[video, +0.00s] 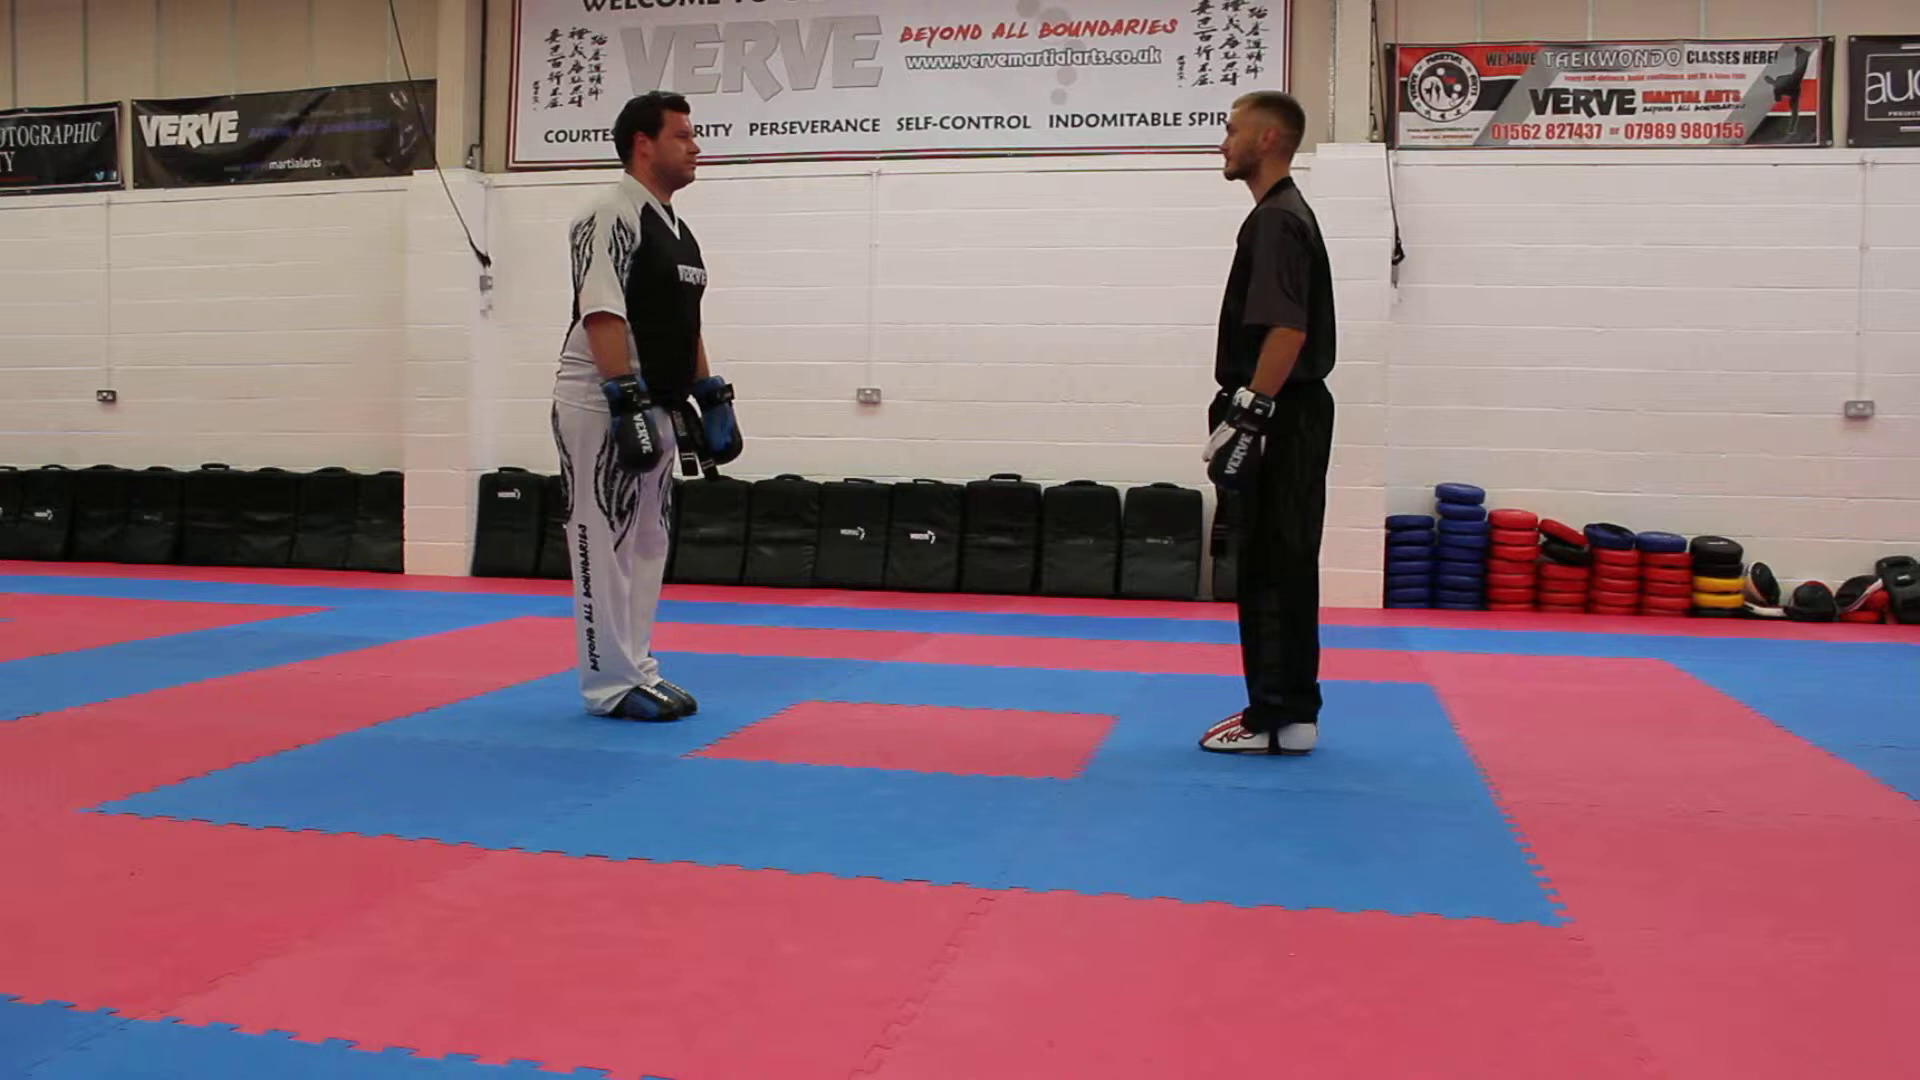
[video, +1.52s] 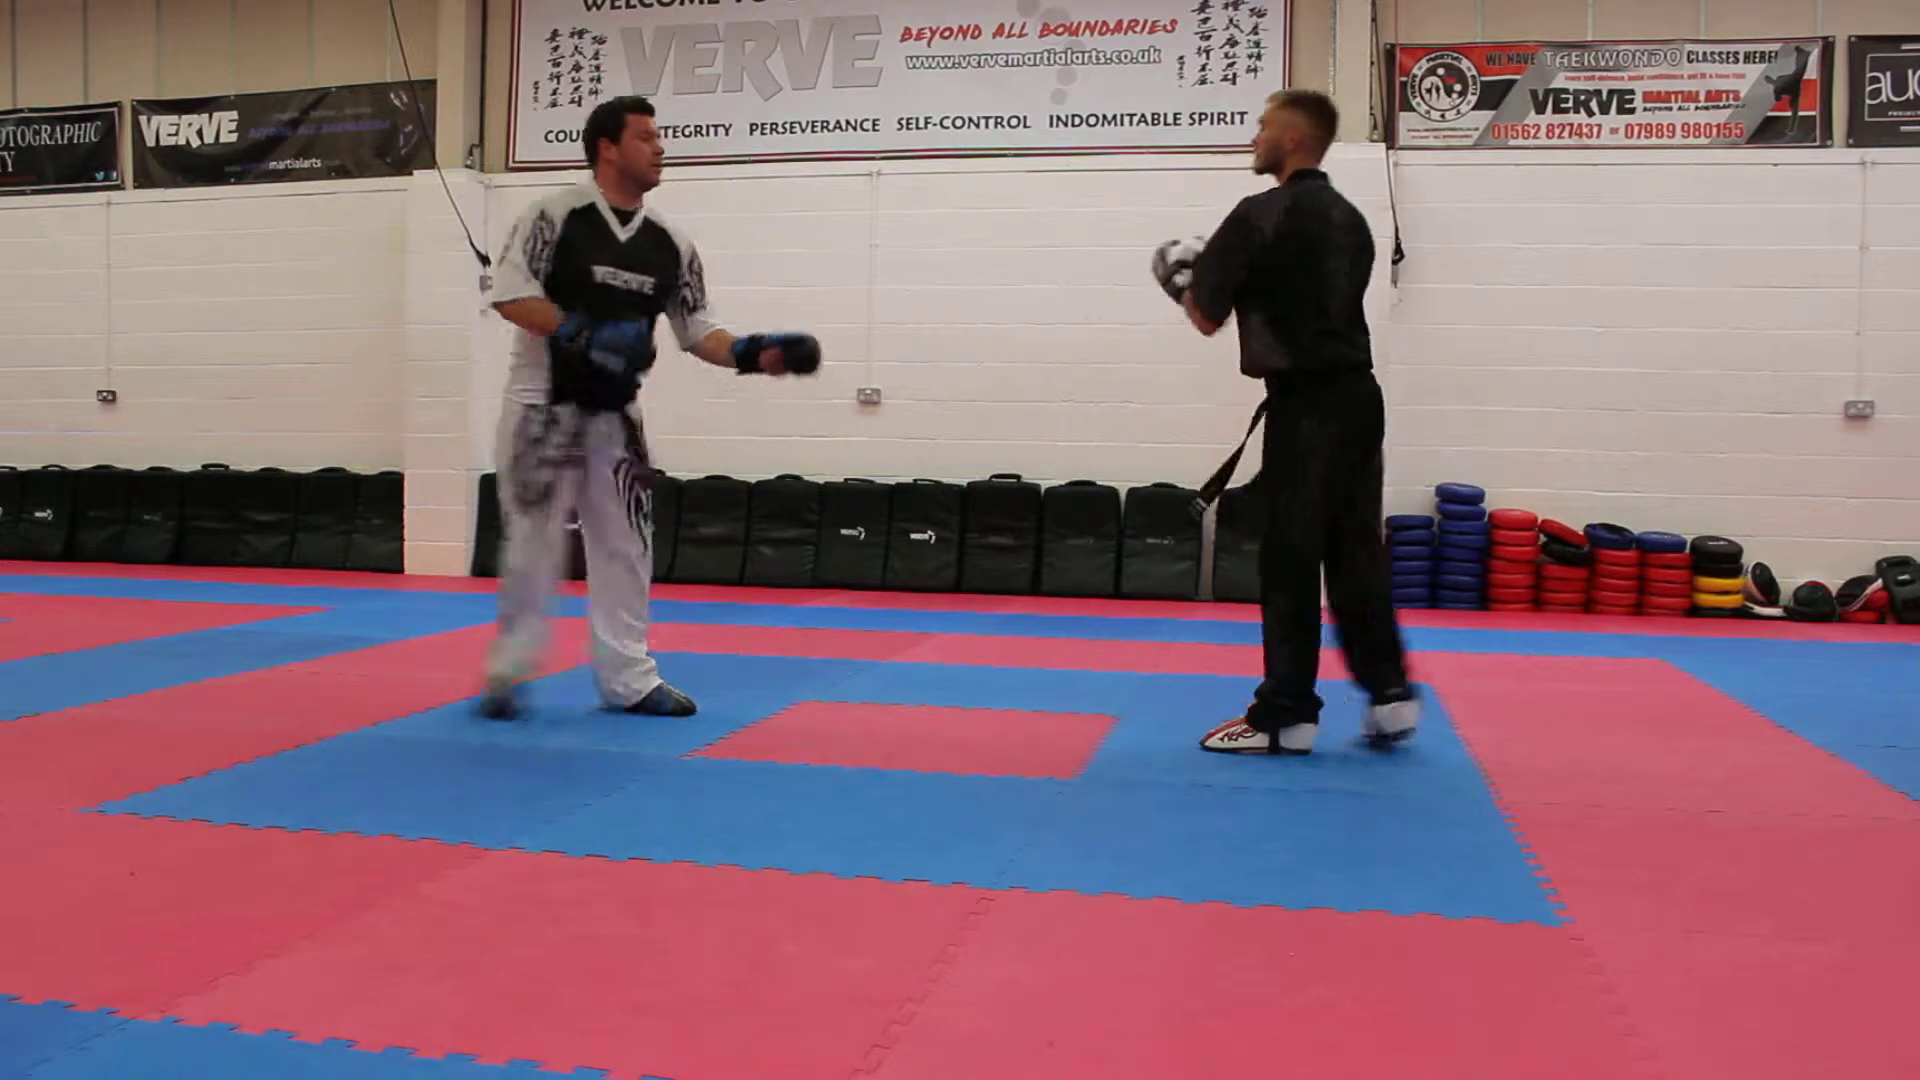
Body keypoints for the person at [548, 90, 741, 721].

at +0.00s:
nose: (695, 147)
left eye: (694, 136)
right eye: (683, 136)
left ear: (656, 146)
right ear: (642, 144)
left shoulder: (676, 228)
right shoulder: (610, 214)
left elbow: (682, 325)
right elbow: (602, 318)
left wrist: (708, 401)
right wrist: (628, 405)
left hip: (656, 407)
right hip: (600, 405)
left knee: (647, 542)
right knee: (603, 541)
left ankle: (636, 669)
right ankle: (608, 683)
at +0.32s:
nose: (721, 164)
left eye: (721, 153)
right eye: (712, 152)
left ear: (684, 156)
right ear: (671, 153)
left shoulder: (689, 241)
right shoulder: (622, 222)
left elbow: (680, 332)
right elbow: (599, 324)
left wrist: (703, 410)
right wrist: (617, 411)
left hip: (641, 409)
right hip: (586, 405)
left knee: (635, 544)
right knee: (594, 542)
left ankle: (635, 671)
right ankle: (606, 683)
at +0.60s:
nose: (773, 228)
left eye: (774, 216)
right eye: (766, 214)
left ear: (731, 213)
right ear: (727, 208)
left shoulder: (712, 285)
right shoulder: (653, 255)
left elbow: (672, 361)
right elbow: (590, 343)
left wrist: (677, 426)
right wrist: (585, 434)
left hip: (610, 413)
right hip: (560, 404)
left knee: (613, 543)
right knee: (579, 542)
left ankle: (630, 672)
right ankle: (606, 682)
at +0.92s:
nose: (770, 232)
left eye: (771, 220)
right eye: (762, 218)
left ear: (729, 217)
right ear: (723, 212)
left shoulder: (709, 286)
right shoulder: (648, 260)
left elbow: (655, 361)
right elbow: (585, 350)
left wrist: (661, 421)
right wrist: (588, 440)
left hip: (610, 411)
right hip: (559, 404)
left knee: (615, 544)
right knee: (583, 544)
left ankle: (630, 672)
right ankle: (606, 682)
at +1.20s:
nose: (701, 152)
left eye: (698, 141)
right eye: (688, 141)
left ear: (660, 152)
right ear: (647, 150)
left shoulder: (680, 239)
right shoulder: (597, 220)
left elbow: (686, 333)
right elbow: (564, 319)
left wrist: (719, 399)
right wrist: (587, 408)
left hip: (652, 415)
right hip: (601, 410)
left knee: (645, 543)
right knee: (605, 542)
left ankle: (633, 668)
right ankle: (606, 681)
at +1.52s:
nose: (660, 148)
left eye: (659, 138)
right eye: (646, 138)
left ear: (646, 152)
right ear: (606, 150)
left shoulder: (670, 247)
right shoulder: (550, 219)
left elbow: (699, 333)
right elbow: (507, 291)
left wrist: (754, 353)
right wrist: (580, 332)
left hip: (613, 416)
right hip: (540, 410)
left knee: (623, 549)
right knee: (532, 548)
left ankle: (627, 679)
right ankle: (506, 677)